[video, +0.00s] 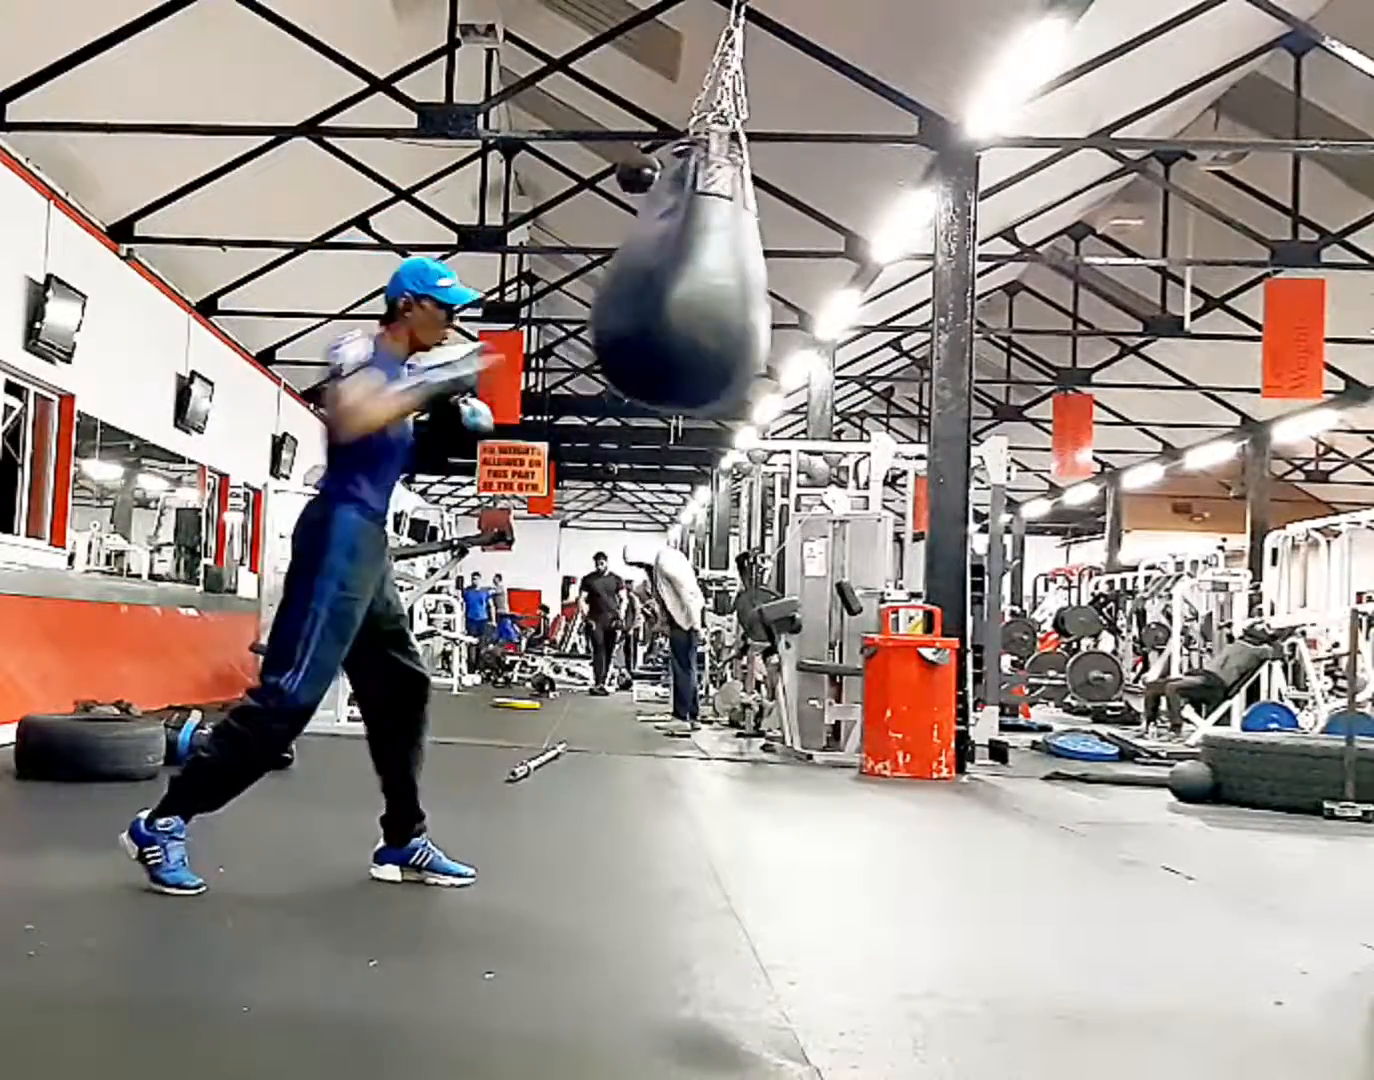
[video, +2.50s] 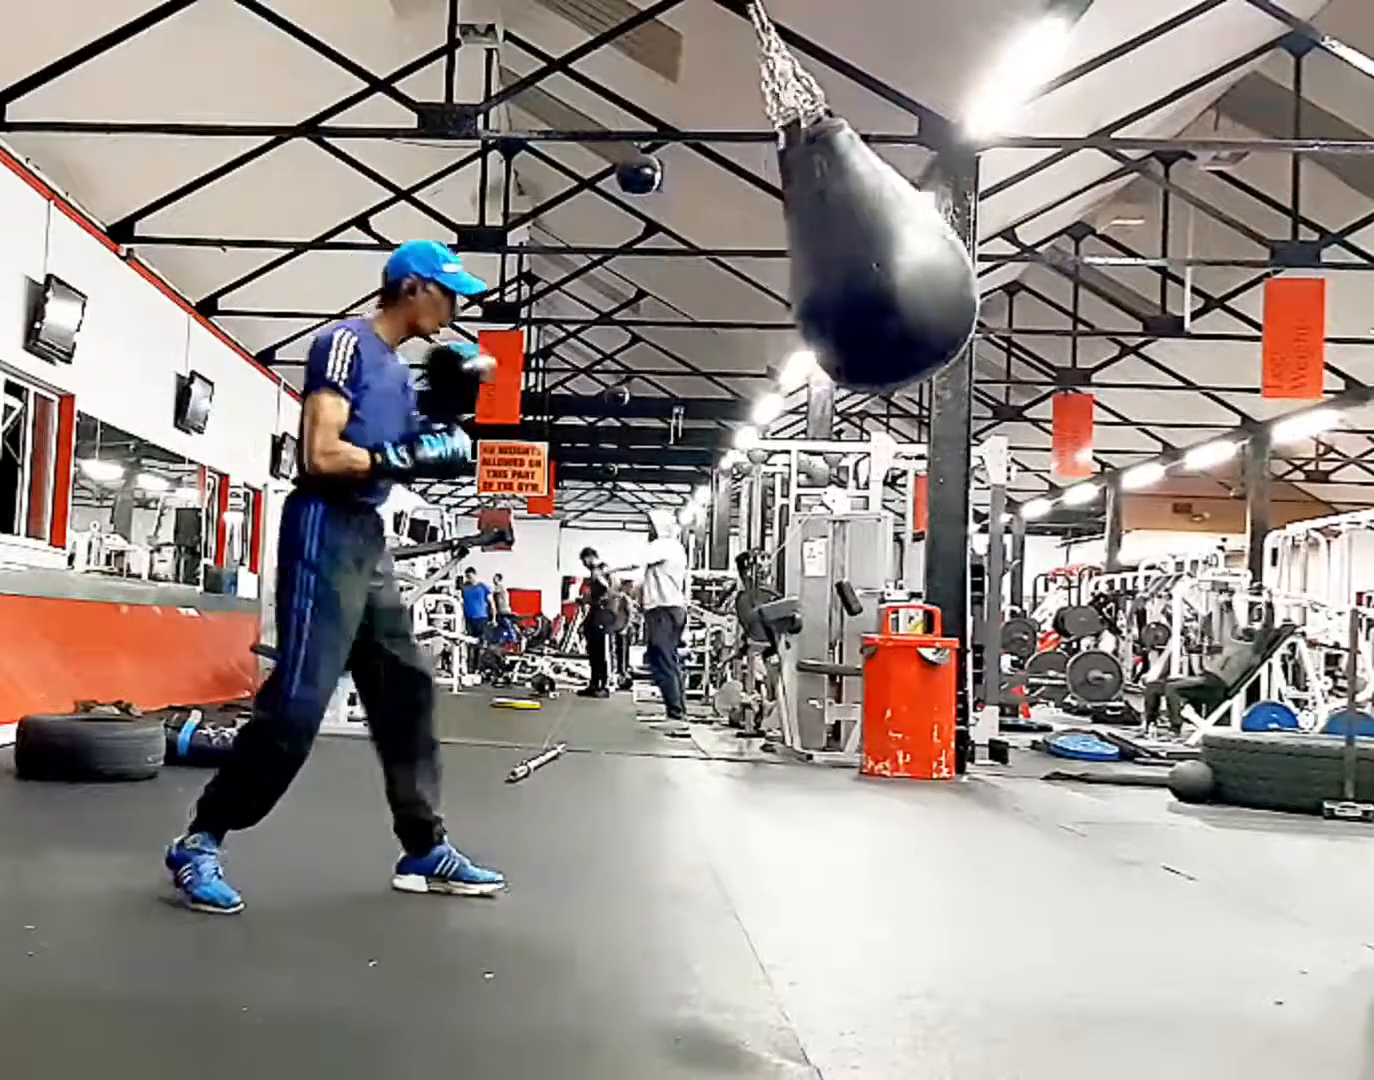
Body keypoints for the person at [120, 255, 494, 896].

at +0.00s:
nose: (449, 327)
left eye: (452, 316)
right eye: (443, 313)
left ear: (417, 312)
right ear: (409, 307)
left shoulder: (405, 373)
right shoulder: (361, 351)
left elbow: (403, 451)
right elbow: (350, 418)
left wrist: (458, 424)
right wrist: (432, 386)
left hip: (366, 538)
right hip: (339, 532)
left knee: (400, 687)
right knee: (285, 702)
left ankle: (403, 839)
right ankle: (161, 824)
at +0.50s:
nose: (464, 354)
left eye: (465, 343)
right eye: (457, 341)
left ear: (430, 341)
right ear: (422, 337)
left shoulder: (402, 387)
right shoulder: (377, 374)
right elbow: (314, 443)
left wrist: (451, 427)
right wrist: (384, 468)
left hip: (364, 559)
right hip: (329, 555)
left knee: (419, 698)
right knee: (312, 724)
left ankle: (407, 844)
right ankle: (169, 822)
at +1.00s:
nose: (357, 305)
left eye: (361, 294)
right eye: (348, 292)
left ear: (335, 294)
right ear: (310, 286)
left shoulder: (345, 358)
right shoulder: (241, 351)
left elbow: (360, 441)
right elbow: (220, 458)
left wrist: (388, 412)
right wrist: (299, 429)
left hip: (317, 535)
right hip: (257, 538)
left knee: (338, 692)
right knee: (232, 700)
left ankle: (349, 843)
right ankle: (139, 839)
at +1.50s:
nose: (457, 383)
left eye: (460, 372)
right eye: (453, 370)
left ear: (402, 357)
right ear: (427, 361)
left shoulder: (340, 384)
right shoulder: (415, 396)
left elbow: (303, 463)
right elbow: (382, 464)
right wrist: (422, 533)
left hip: (285, 520)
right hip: (316, 528)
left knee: (359, 684)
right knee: (277, 704)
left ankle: (363, 844)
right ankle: (139, 827)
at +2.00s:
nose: (436, 362)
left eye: (440, 352)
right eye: (430, 349)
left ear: (405, 345)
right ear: (393, 338)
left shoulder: (390, 407)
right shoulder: (309, 377)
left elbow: (360, 479)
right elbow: (282, 483)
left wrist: (400, 502)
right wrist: (367, 464)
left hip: (319, 561)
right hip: (268, 558)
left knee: (366, 694)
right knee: (270, 722)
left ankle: (361, 845)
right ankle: (193, 851)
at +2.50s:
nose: (454, 311)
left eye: (456, 300)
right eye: (449, 297)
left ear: (419, 292)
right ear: (414, 288)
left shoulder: (394, 366)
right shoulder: (344, 342)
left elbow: (400, 447)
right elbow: (321, 454)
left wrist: (446, 405)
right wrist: (405, 458)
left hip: (365, 533)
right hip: (323, 528)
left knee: (405, 689)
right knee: (296, 703)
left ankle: (424, 849)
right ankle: (198, 844)